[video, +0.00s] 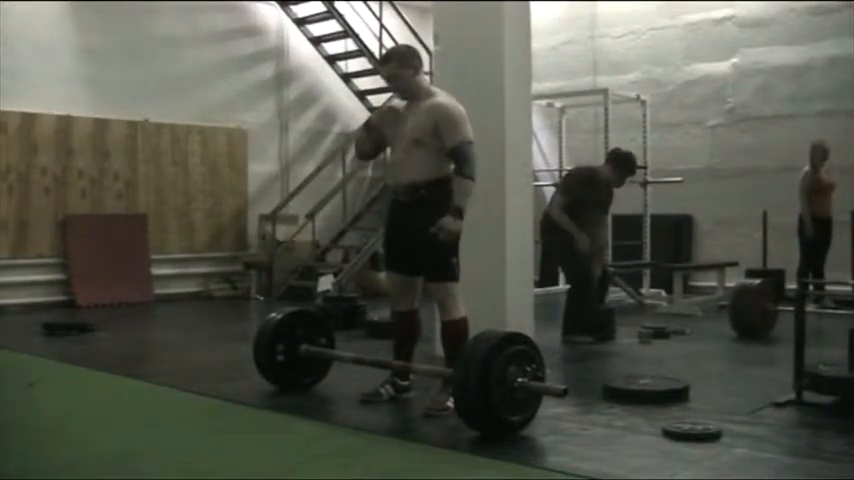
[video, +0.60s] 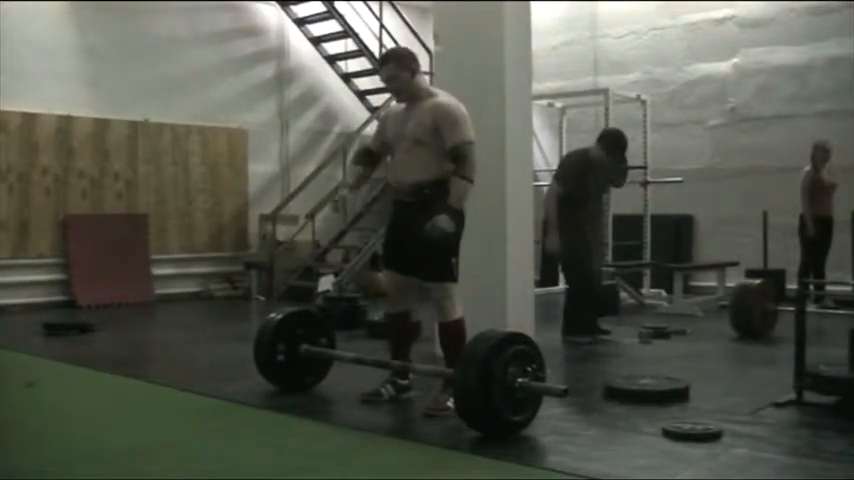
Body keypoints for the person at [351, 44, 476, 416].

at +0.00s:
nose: (391, 85)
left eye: (394, 77)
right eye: (387, 79)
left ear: (415, 70)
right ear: (388, 78)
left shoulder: (444, 109)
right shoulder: (394, 113)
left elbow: (467, 164)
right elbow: (364, 152)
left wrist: (457, 213)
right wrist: (370, 127)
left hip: (437, 200)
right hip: (401, 202)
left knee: (445, 294)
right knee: (402, 293)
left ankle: (454, 387)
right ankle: (400, 380)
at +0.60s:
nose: (389, 87)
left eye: (393, 79)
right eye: (386, 81)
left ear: (413, 72)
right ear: (386, 80)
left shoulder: (445, 109)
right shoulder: (392, 116)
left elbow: (465, 163)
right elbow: (370, 155)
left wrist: (453, 211)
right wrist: (352, 182)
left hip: (438, 203)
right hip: (402, 205)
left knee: (443, 296)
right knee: (398, 293)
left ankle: (453, 385)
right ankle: (400, 378)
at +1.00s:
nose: (351, 117)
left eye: (353, 108)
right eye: (347, 112)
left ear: (371, 96)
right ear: (349, 110)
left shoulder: (421, 122)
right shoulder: (368, 141)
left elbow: (448, 175)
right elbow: (361, 197)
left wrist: (452, 227)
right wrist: (355, 249)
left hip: (438, 213)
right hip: (402, 217)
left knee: (439, 299)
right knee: (395, 297)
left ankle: (451, 386)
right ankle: (399, 379)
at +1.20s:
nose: (342, 167)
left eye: (342, 158)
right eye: (337, 161)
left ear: (358, 148)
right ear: (344, 156)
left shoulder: (408, 168)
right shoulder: (361, 179)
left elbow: (433, 224)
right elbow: (355, 232)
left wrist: (443, 274)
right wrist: (352, 274)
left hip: (449, 233)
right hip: (406, 237)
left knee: (430, 307)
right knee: (382, 300)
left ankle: (446, 388)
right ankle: (398, 379)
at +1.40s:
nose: (343, 220)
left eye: (345, 212)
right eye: (340, 214)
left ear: (361, 204)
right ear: (343, 211)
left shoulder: (411, 226)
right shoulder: (357, 229)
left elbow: (432, 286)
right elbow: (354, 279)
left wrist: (440, 331)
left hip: (449, 270)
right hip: (402, 273)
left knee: (416, 327)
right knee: (371, 320)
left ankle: (442, 387)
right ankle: (397, 381)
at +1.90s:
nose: (334, 185)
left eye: (338, 177)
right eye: (332, 178)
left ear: (358, 171)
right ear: (335, 175)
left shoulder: (410, 191)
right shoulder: (352, 199)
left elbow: (447, 245)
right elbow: (349, 250)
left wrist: (443, 298)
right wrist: (351, 298)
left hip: (444, 233)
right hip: (403, 242)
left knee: (429, 311)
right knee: (381, 306)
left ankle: (442, 389)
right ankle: (395, 380)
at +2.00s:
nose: (332, 158)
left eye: (336, 150)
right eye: (330, 151)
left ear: (357, 146)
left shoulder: (394, 166)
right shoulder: (355, 177)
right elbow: (355, 224)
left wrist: (447, 270)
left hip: (441, 221)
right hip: (404, 230)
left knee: (430, 302)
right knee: (386, 300)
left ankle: (443, 388)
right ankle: (396, 379)